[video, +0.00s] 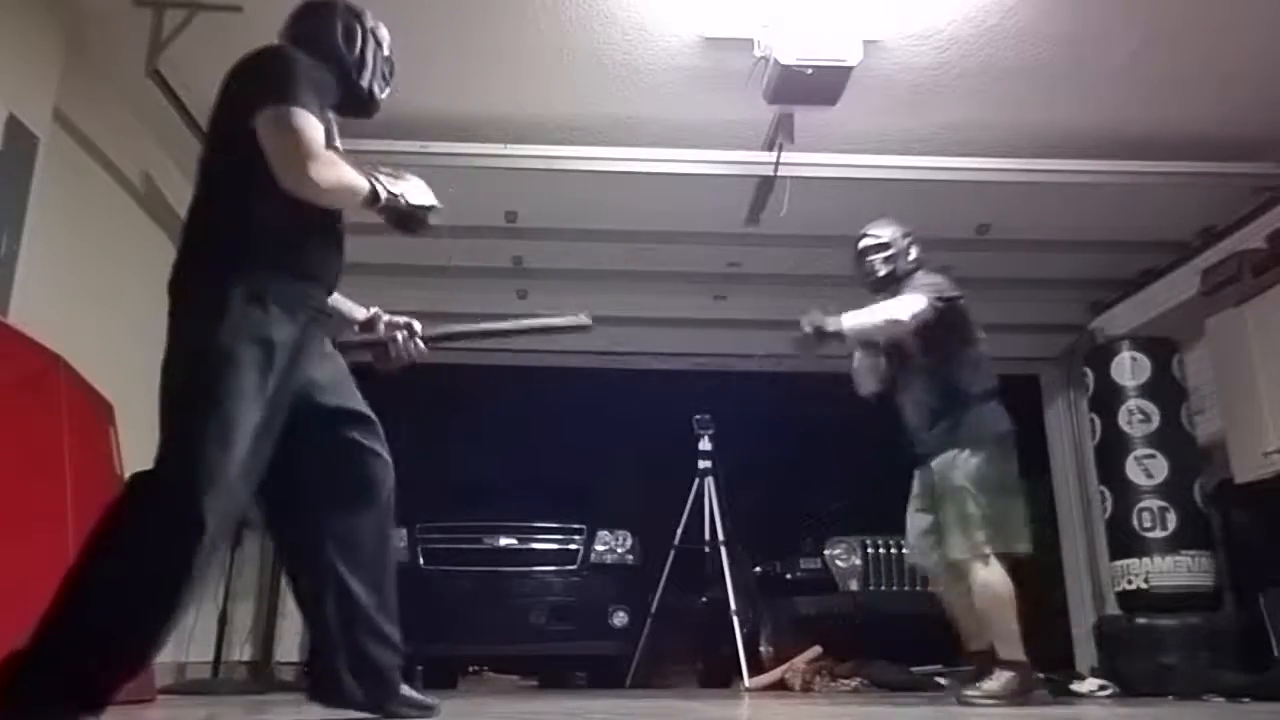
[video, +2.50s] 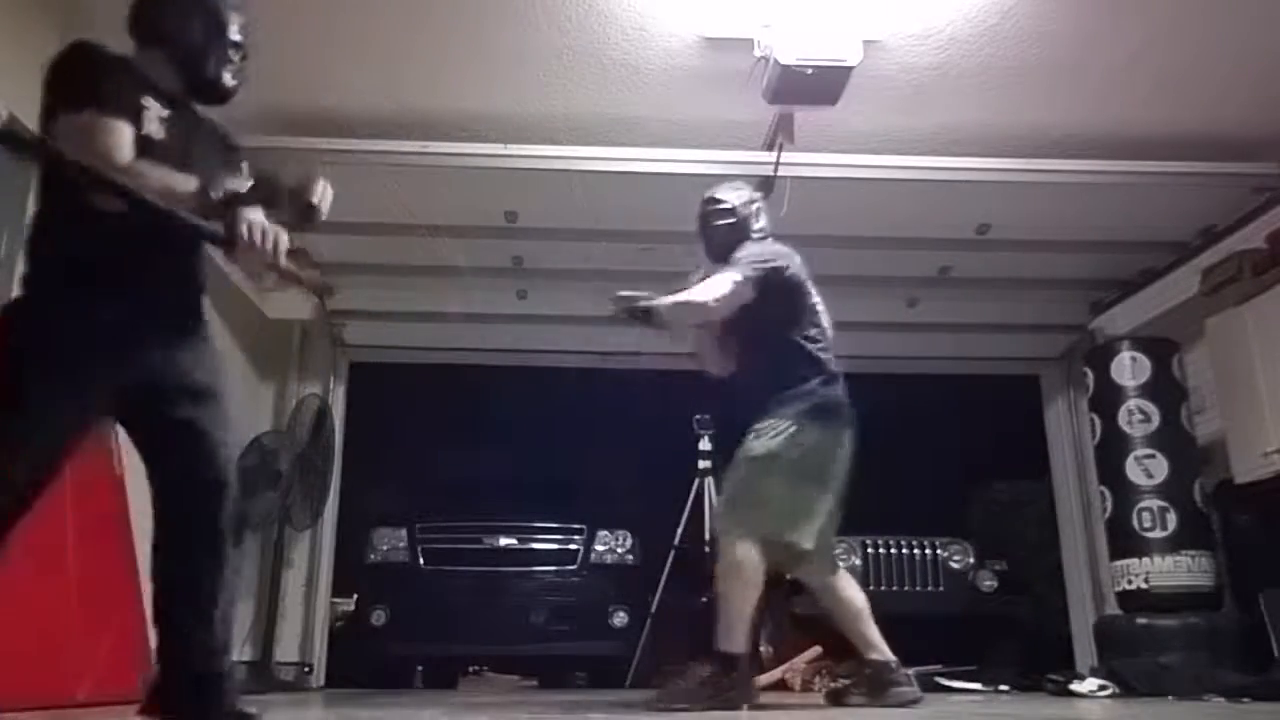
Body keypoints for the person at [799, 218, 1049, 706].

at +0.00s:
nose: (874, 263)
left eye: (882, 252)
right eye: (866, 257)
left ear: (907, 250)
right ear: (861, 266)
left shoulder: (931, 286)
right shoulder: (883, 312)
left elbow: (902, 316)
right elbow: (868, 385)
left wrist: (831, 324)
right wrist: (867, 334)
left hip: (971, 443)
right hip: (935, 452)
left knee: (975, 554)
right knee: (934, 558)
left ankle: (1015, 667)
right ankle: (979, 660)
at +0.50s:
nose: (841, 279)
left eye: (850, 269)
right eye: (833, 272)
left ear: (874, 269)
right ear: (828, 278)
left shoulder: (894, 303)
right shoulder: (838, 322)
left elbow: (871, 342)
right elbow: (818, 382)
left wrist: (812, 350)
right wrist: (799, 361)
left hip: (917, 448)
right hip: (881, 456)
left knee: (887, 550)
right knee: (902, 563)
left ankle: (854, 655)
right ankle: (947, 664)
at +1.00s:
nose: (803, 276)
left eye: (812, 267)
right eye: (794, 270)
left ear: (836, 270)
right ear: (786, 279)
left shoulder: (859, 307)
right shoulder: (798, 325)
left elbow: (862, 348)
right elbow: (773, 396)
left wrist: (797, 348)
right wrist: (770, 351)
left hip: (872, 445)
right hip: (841, 452)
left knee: (815, 524)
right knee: (857, 567)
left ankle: (823, 658)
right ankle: (932, 661)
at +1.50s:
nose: (777, 263)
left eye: (787, 252)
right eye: (767, 254)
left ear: (809, 257)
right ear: (755, 263)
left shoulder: (830, 308)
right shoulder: (762, 318)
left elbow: (836, 366)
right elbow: (738, 353)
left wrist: (777, 361)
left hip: (823, 442)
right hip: (786, 446)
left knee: (767, 515)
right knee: (807, 574)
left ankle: (776, 659)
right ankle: (880, 660)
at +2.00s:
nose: (705, 227)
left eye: (716, 218)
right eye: (696, 219)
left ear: (741, 228)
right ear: (684, 232)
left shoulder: (749, 272)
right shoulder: (717, 282)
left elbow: (679, 303)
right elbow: (668, 350)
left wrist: (646, 293)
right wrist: (664, 309)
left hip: (778, 426)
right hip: (763, 429)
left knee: (711, 532)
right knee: (758, 572)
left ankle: (710, 674)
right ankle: (857, 639)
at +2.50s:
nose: (714, 223)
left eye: (725, 213)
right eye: (707, 216)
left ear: (754, 217)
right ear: (701, 227)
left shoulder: (768, 254)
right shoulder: (733, 275)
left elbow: (714, 295)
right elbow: (722, 364)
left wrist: (655, 306)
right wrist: (695, 325)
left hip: (804, 408)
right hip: (807, 413)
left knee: (737, 525)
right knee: (810, 555)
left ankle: (729, 670)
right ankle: (886, 669)